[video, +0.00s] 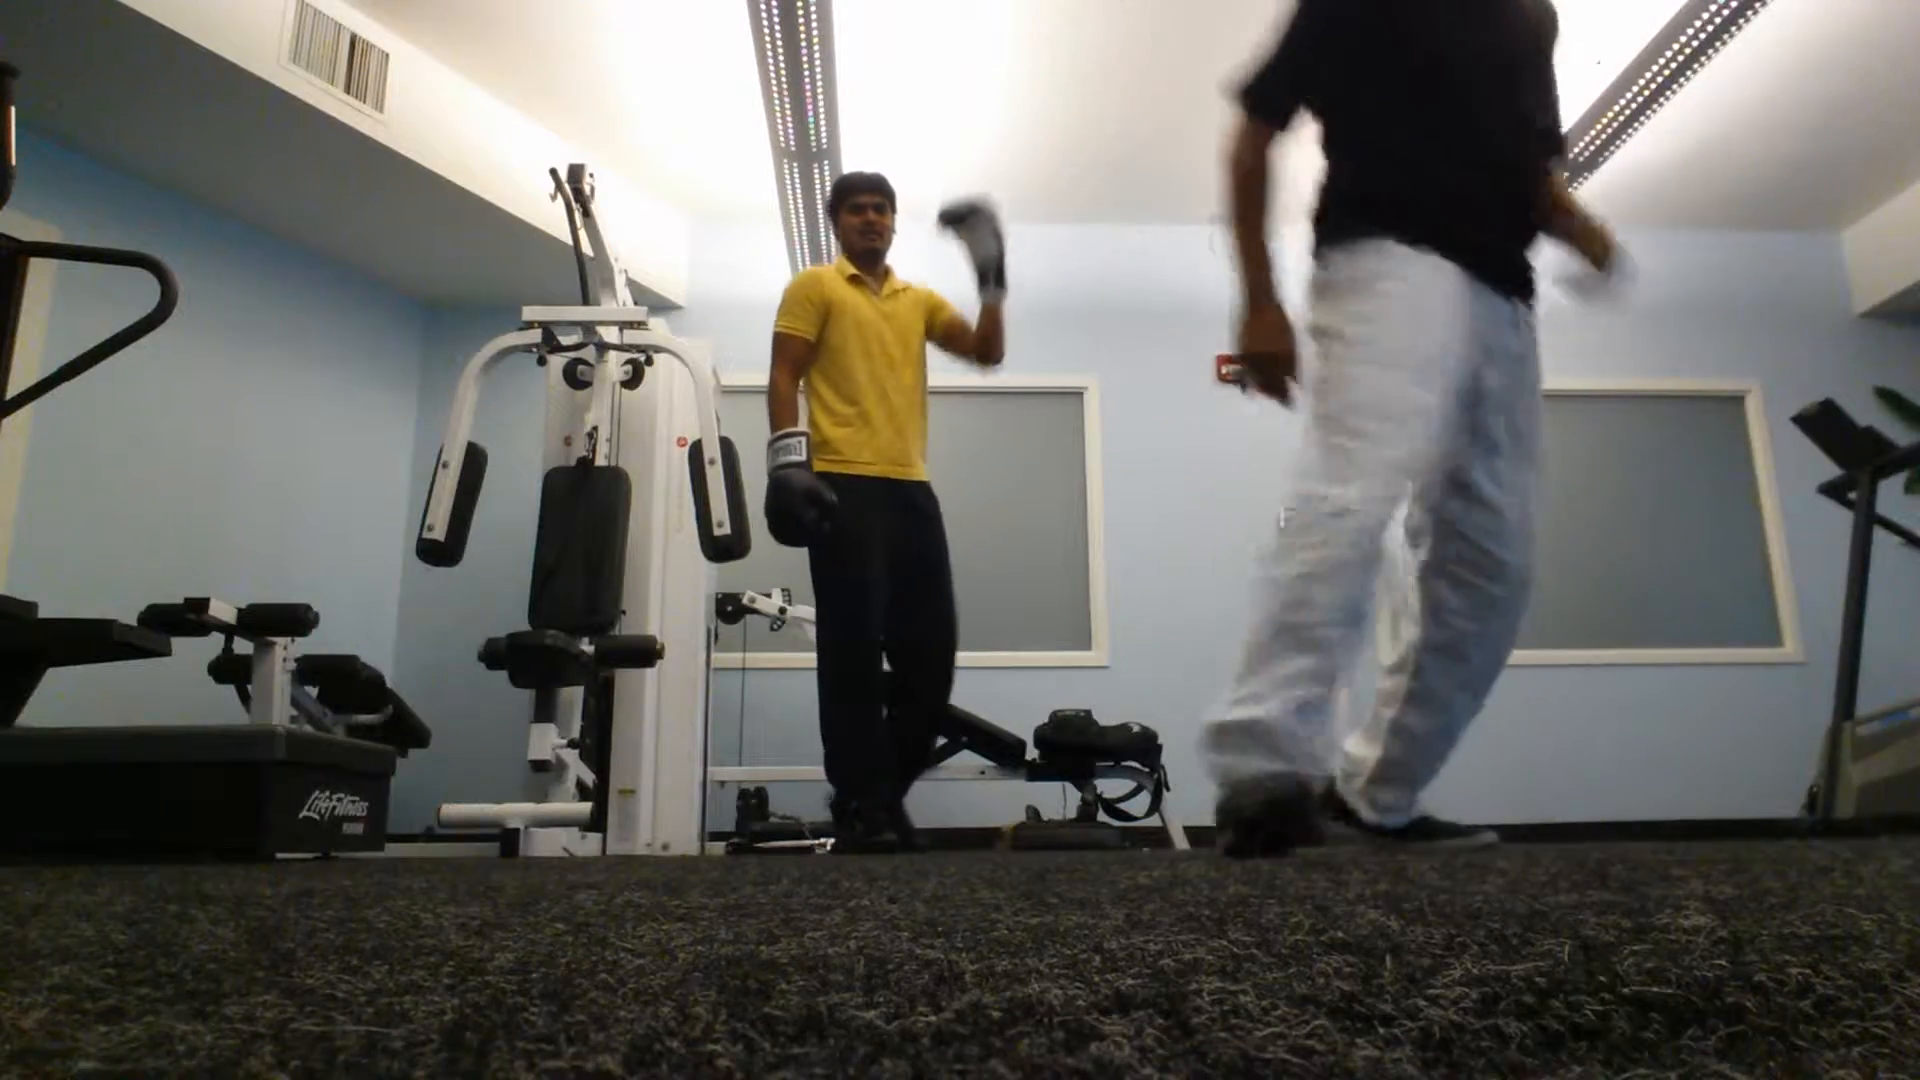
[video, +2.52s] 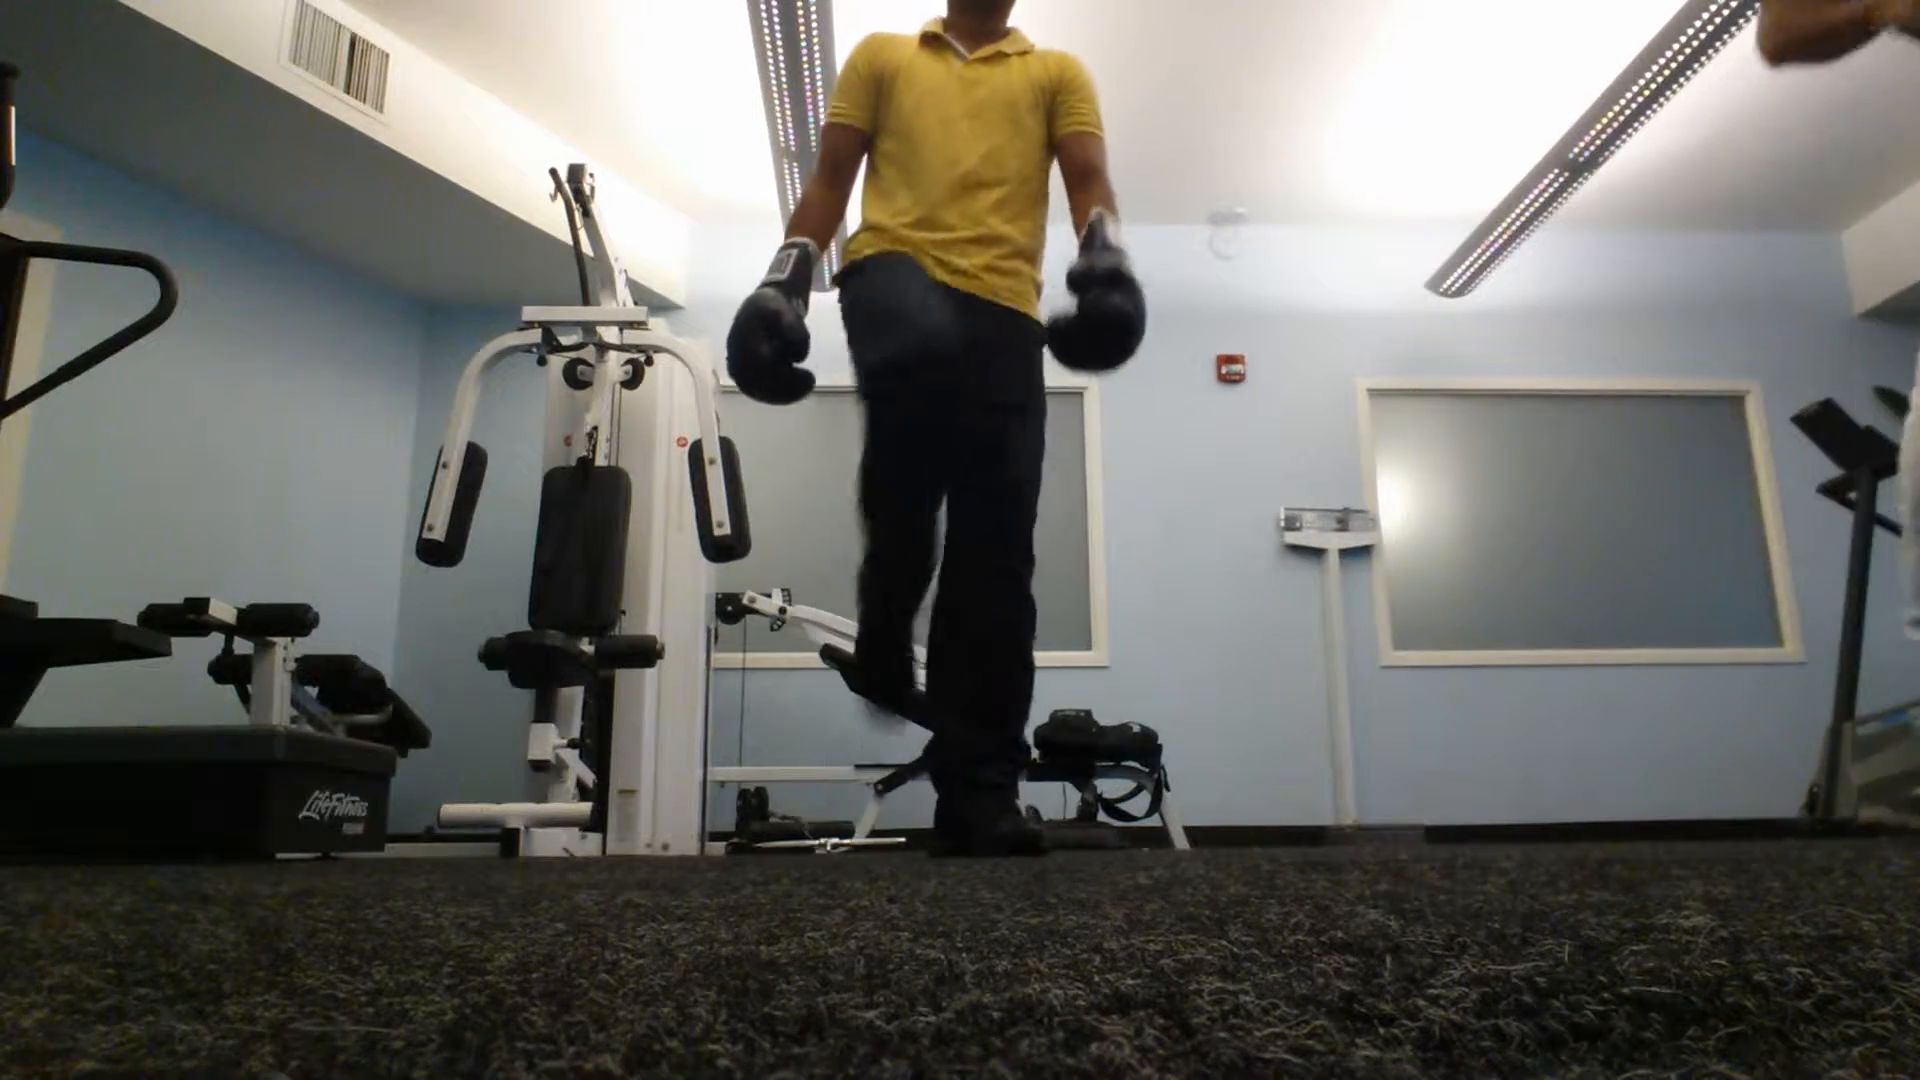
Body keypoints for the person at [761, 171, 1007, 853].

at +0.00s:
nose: (871, 220)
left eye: (881, 210)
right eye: (858, 210)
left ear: (894, 222)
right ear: (835, 223)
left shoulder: (917, 298)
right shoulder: (815, 287)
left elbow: (985, 351)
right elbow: (785, 375)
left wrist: (990, 269)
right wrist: (789, 462)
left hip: (909, 490)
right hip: (840, 487)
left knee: (928, 649)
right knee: (852, 649)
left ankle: (884, 800)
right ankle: (857, 810)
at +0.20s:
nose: (871, 215)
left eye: (881, 205)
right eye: (858, 205)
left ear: (894, 217)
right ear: (834, 218)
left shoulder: (921, 304)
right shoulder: (812, 285)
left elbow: (941, 400)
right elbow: (783, 375)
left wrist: (971, 391)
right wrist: (786, 461)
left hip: (916, 487)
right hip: (842, 485)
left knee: (955, 645)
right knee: (853, 650)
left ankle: (927, 789)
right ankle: (859, 812)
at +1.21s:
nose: (944, 142)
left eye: (958, 131)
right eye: (931, 131)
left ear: (979, 141)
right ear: (910, 141)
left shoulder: (1017, 224)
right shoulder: (877, 224)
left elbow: (1055, 317)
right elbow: (847, 324)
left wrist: (1034, 354)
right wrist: (819, 407)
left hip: (988, 445)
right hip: (893, 442)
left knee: (991, 628)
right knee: (879, 618)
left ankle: (986, 805)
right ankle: (869, 803)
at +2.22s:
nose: (939, 2)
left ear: (977, 4)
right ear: (898, 3)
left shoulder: (1015, 102)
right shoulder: (848, 89)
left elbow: (1053, 222)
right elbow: (810, 201)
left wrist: (1081, 339)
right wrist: (787, 296)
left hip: (972, 357)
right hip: (858, 355)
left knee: (973, 580)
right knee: (860, 588)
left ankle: (978, 805)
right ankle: (864, 804)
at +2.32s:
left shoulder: (1033, 88)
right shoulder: (863, 75)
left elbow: (1067, 209)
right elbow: (820, 190)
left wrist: (1092, 322)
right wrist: (786, 294)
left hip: (989, 335)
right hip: (873, 330)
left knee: (986, 561)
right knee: (849, 544)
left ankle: (979, 795)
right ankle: (861, 760)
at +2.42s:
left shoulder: (1048, 77)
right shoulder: (879, 63)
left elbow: (1082, 190)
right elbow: (829, 184)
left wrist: (1100, 289)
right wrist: (782, 291)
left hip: (999, 308)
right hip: (885, 292)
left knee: (996, 549)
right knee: (874, 440)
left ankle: (979, 795)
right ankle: (867, 678)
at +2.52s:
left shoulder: (1055, 72)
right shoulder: (884, 56)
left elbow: (1090, 183)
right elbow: (829, 181)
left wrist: (1104, 256)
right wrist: (786, 281)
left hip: (1002, 294)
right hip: (894, 265)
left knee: (998, 552)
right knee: (922, 371)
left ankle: (979, 797)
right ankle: (885, 630)